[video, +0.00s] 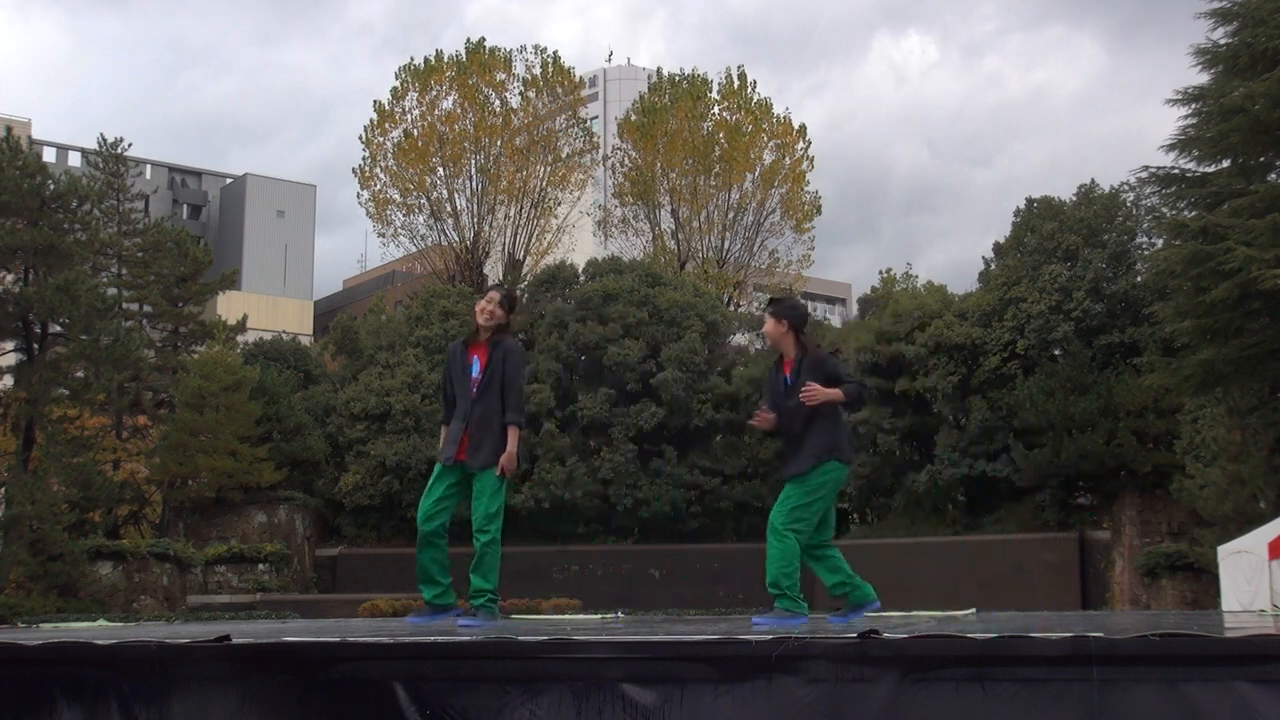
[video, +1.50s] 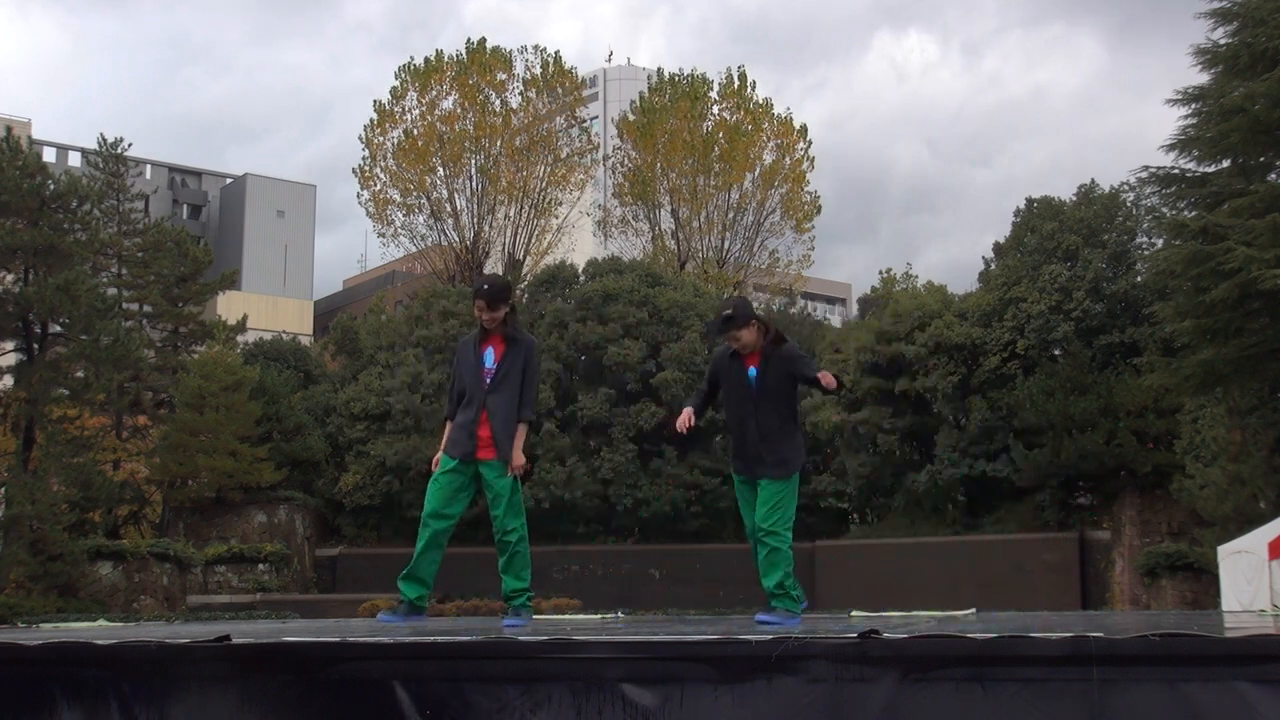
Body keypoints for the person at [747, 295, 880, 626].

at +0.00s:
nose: (763, 328)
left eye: (767, 322)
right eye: (764, 322)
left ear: (785, 326)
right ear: (784, 327)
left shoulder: (817, 361)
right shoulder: (777, 372)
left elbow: (859, 393)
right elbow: (785, 421)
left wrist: (831, 394)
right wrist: (772, 422)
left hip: (827, 457)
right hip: (806, 460)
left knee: (782, 523)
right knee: (815, 541)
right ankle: (861, 598)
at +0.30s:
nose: (714, 358)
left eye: (718, 351)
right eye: (715, 351)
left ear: (738, 352)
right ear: (737, 353)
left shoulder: (777, 382)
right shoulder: (732, 396)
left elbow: (817, 408)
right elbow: (721, 442)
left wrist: (794, 420)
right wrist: (686, 466)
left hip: (780, 484)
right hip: (744, 484)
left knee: (746, 536)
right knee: (706, 532)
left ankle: (788, 608)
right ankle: (684, 606)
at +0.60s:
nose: (706, 332)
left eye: (711, 325)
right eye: (705, 326)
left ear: (733, 325)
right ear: (722, 328)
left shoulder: (765, 359)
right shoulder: (719, 371)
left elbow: (799, 379)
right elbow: (689, 398)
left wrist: (809, 393)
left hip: (784, 462)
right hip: (747, 465)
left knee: (766, 528)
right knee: (735, 528)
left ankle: (788, 607)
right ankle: (738, 607)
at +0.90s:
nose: (740, 323)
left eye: (746, 316)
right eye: (735, 317)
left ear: (765, 315)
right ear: (731, 320)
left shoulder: (787, 355)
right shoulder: (722, 354)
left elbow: (821, 388)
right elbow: (687, 369)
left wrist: (858, 406)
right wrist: (674, 357)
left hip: (777, 458)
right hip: (736, 458)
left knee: (773, 528)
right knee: (740, 533)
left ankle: (784, 605)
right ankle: (752, 604)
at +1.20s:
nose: (738, 360)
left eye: (743, 352)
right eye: (734, 354)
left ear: (761, 344)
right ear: (729, 352)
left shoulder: (788, 376)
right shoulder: (724, 377)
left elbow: (800, 420)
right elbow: (691, 405)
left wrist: (811, 457)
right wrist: (684, 391)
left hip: (775, 474)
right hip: (734, 473)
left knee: (753, 537)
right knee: (704, 526)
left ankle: (785, 608)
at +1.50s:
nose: (732, 342)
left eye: (737, 334)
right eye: (727, 336)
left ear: (754, 326)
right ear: (725, 335)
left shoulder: (782, 353)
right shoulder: (724, 359)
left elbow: (807, 373)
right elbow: (706, 393)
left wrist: (824, 381)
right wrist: (690, 408)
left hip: (780, 459)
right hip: (744, 460)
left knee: (770, 528)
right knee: (756, 531)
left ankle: (785, 605)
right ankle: (786, 598)